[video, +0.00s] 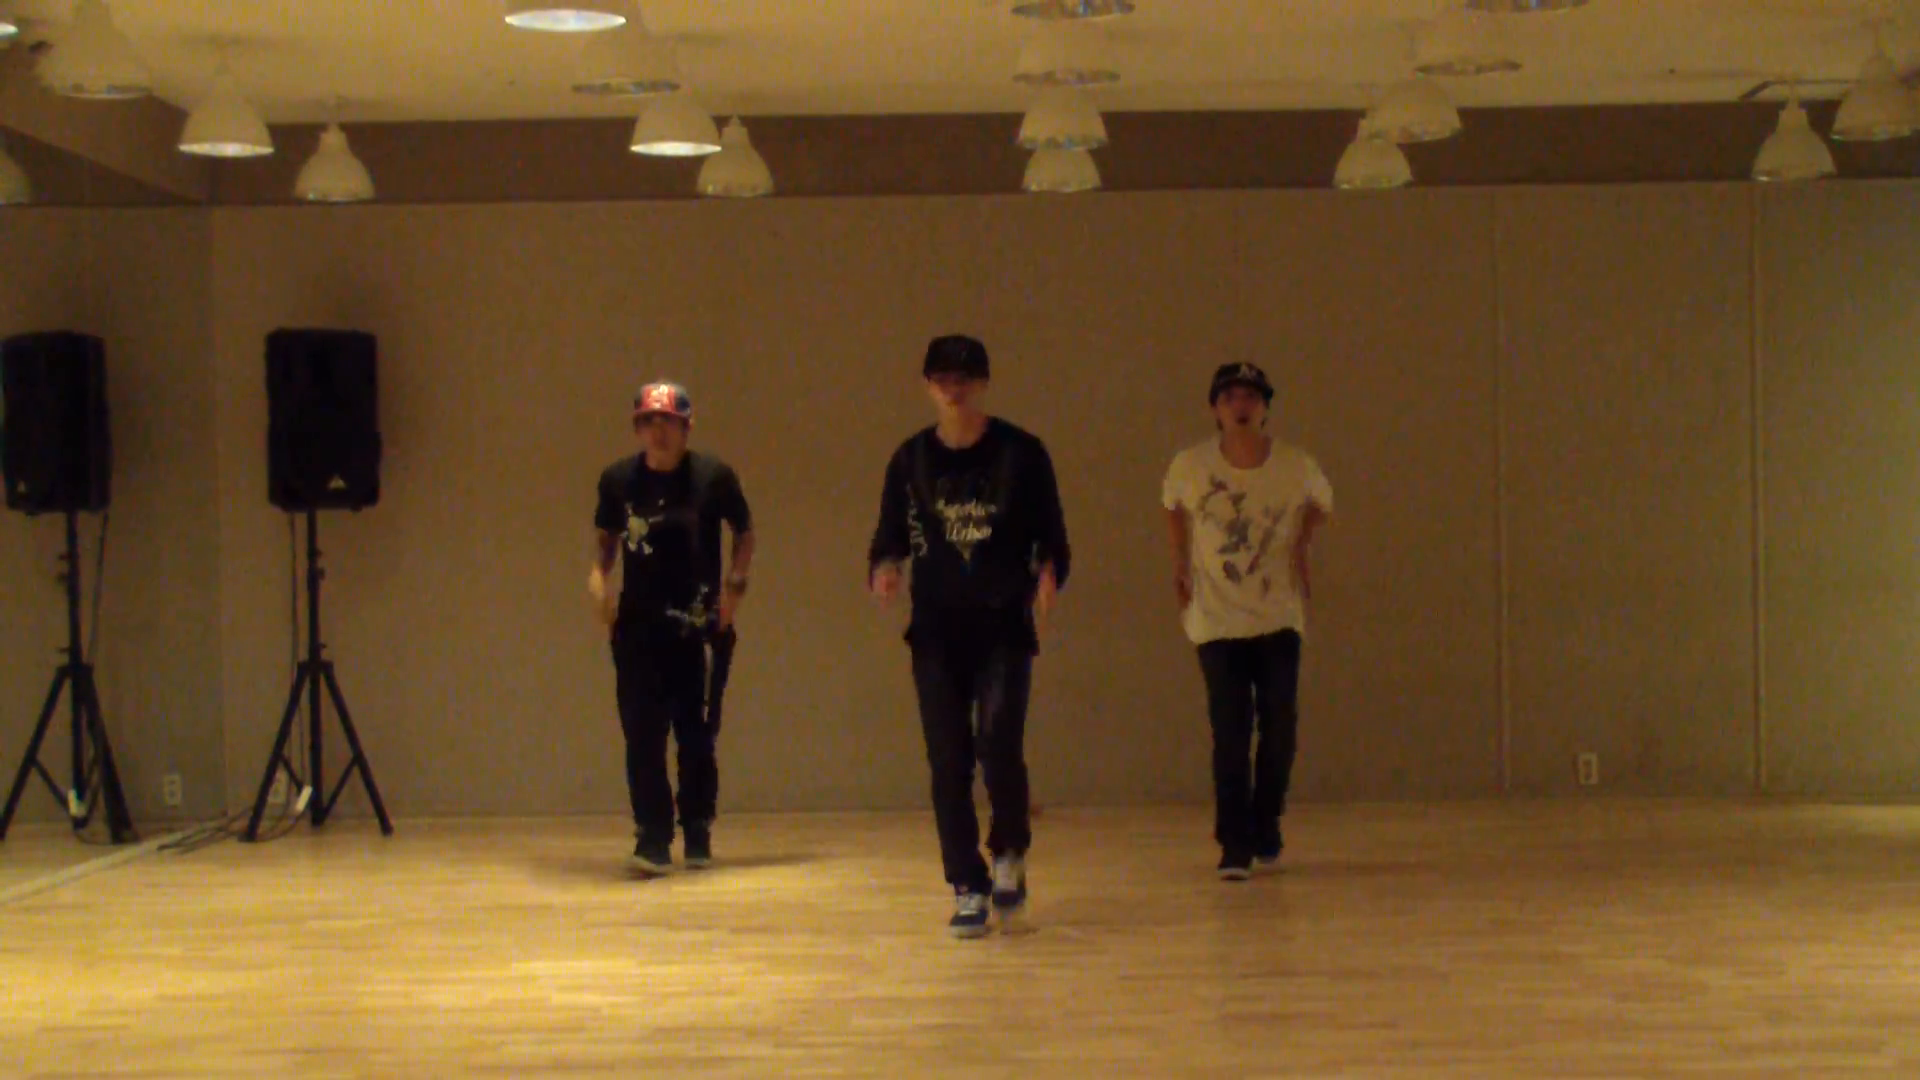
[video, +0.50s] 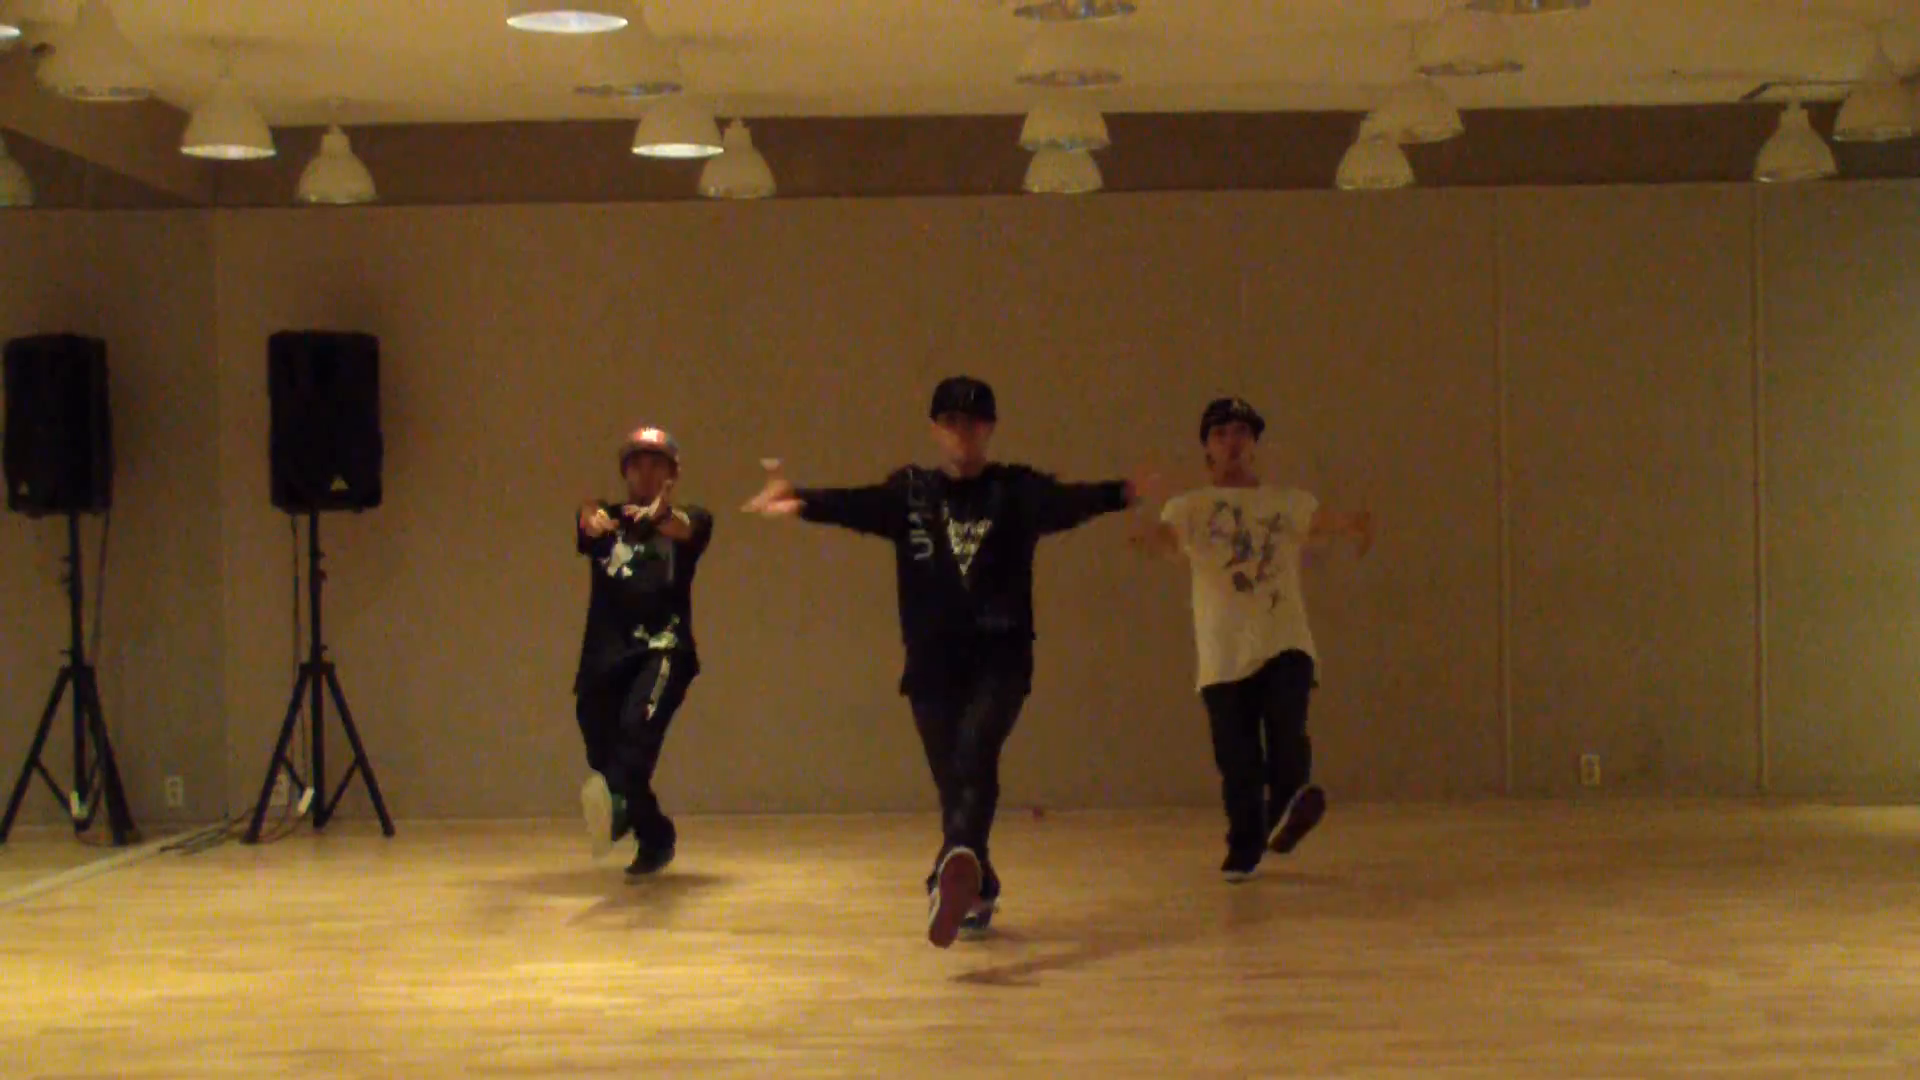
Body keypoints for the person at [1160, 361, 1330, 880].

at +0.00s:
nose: (1240, 404)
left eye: (1249, 396)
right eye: (1229, 396)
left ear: (1265, 406)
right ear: (1215, 408)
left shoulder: (1295, 464)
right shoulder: (1190, 466)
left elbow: (1319, 508)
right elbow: (1176, 519)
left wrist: (1299, 550)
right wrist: (1181, 572)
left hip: (1278, 617)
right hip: (1217, 619)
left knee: (1279, 729)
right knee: (1231, 732)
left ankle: (1266, 831)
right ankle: (1234, 844)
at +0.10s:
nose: (1240, 412)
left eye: (1249, 404)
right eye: (1230, 405)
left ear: (1264, 412)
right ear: (1215, 414)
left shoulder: (1291, 470)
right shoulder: (1191, 470)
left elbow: (1314, 516)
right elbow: (1165, 509)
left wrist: (1294, 551)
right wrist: (1183, 552)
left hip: (1277, 614)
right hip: (1217, 618)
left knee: (1278, 711)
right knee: (1235, 732)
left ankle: (1265, 767)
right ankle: (1237, 845)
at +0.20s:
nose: (1238, 412)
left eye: (1248, 403)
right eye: (1228, 403)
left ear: (1262, 410)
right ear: (1212, 412)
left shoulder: (1290, 471)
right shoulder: (1188, 475)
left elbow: (1317, 552)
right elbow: (1157, 547)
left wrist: (1297, 537)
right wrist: (1175, 537)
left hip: (1276, 609)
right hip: (1217, 617)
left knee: (1273, 698)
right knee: (1235, 731)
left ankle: (1277, 783)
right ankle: (1237, 849)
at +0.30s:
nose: (1231, 413)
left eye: (1240, 404)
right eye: (1221, 405)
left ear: (1257, 412)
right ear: (1207, 414)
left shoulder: (1283, 470)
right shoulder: (1188, 480)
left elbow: (1300, 525)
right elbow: (1170, 536)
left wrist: (1288, 557)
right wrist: (1198, 551)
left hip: (1276, 619)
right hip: (1219, 627)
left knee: (1282, 734)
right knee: (1241, 744)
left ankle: (1283, 843)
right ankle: (1238, 850)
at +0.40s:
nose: (1231, 433)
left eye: (1239, 424)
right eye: (1220, 424)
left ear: (1254, 434)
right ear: (1204, 434)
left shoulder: (1282, 489)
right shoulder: (1187, 498)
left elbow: (1287, 533)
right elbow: (1189, 540)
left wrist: (1275, 560)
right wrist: (1224, 566)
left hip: (1282, 636)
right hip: (1223, 645)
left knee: (1282, 730)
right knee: (1241, 753)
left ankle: (1287, 821)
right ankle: (1242, 849)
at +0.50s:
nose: (1233, 443)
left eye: (1242, 434)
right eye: (1222, 434)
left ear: (1256, 443)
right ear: (1205, 447)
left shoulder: (1286, 502)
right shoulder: (1191, 507)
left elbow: (1321, 525)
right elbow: (1169, 538)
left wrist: (1355, 526)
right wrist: (1148, 539)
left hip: (1283, 641)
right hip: (1223, 651)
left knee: (1287, 727)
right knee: (1237, 758)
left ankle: (1287, 811)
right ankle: (1244, 849)